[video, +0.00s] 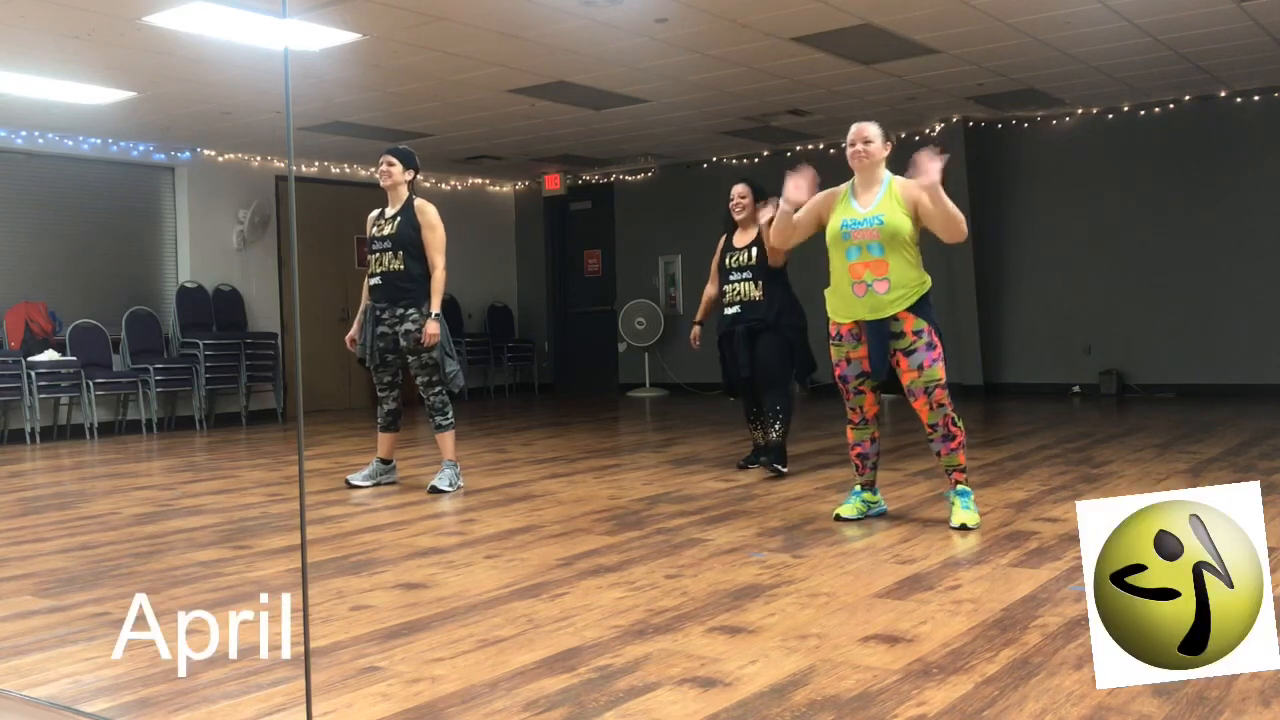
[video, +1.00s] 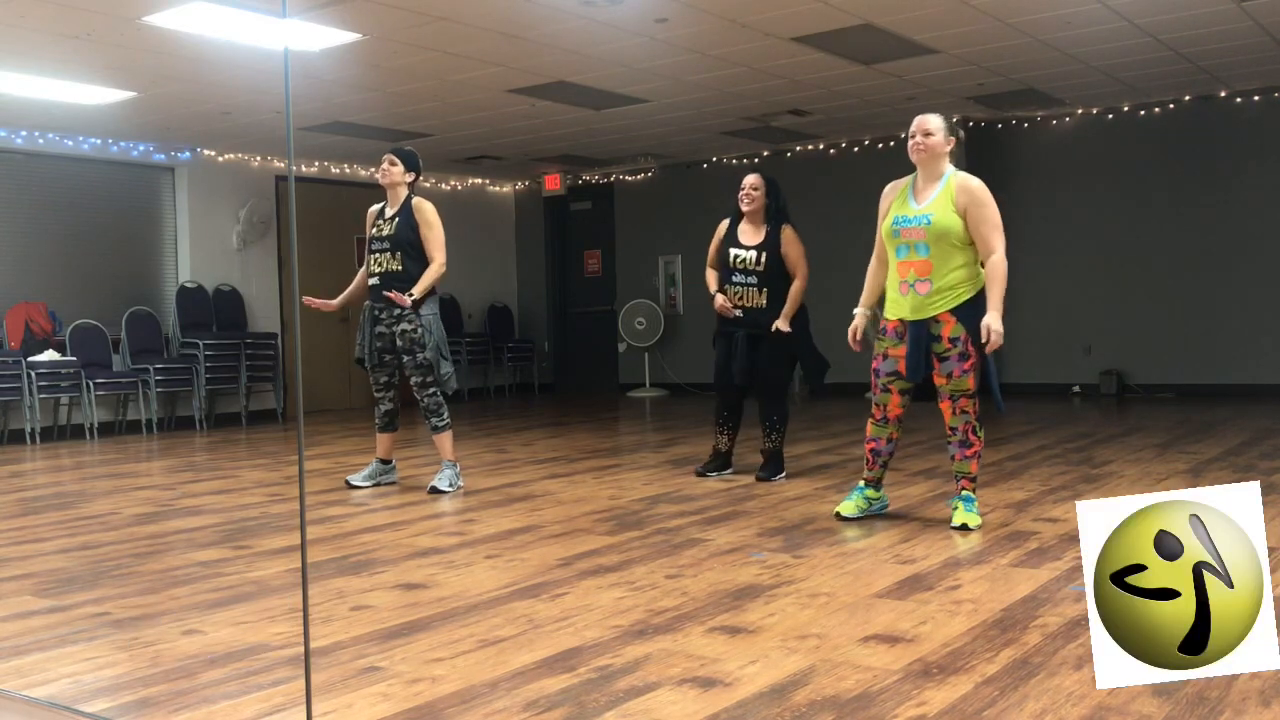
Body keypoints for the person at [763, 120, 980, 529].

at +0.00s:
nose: (858, 148)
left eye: (867, 141)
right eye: (852, 143)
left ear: (886, 149)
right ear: (845, 154)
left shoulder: (908, 189)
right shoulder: (829, 199)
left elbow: (956, 234)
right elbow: (779, 242)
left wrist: (933, 188)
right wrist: (786, 206)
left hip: (906, 314)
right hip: (848, 321)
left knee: (933, 401)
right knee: (859, 410)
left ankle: (960, 492)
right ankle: (866, 492)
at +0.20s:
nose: (878, 147)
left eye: (887, 140)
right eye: (872, 141)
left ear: (905, 148)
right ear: (864, 151)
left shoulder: (925, 189)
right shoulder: (848, 197)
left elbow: (968, 238)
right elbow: (799, 238)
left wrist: (945, 193)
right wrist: (797, 209)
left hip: (920, 312)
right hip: (862, 317)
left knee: (937, 403)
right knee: (868, 406)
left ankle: (961, 494)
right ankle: (868, 492)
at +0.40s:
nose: (900, 146)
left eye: (909, 139)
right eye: (894, 140)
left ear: (929, 146)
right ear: (887, 149)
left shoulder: (950, 191)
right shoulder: (869, 197)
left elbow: (987, 249)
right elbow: (837, 251)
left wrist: (961, 220)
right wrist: (828, 240)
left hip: (941, 313)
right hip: (884, 317)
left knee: (952, 404)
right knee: (880, 407)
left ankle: (964, 496)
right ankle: (869, 492)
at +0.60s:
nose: (914, 142)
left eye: (925, 135)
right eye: (909, 137)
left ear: (946, 144)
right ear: (904, 147)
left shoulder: (967, 191)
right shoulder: (887, 197)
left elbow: (988, 257)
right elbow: (878, 263)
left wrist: (979, 318)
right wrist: (876, 318)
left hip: (955, 318)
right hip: (901, 320)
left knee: (961, 410)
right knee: (889, 409)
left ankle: (965, 497)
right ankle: (876, 492)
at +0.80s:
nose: (919, 142)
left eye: (930, 135)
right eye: (915, 136)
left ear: (954, 145)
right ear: (910, 147)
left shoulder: (973, 192)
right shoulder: (896, 195)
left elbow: (1000, 259)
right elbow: (881, 258)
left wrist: (995, 323)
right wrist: (871, 310)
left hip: (958, 319)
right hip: (905, 320)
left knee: (963, 410)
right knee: (892, 407)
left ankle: (965, 497)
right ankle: (879, 492)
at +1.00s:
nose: (916, 141)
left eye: (926, 133)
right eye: (911, 135)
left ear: (950, 143)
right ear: (906, 146)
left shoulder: (969, 190)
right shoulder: (892, 194)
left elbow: (994, 254)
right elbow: (880, 257)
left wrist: (994, 313)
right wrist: (864, 308)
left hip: (952, 316)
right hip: (896, 318)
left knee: (959, 406)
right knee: (883, 403)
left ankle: (965, 496)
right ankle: (871, 489)